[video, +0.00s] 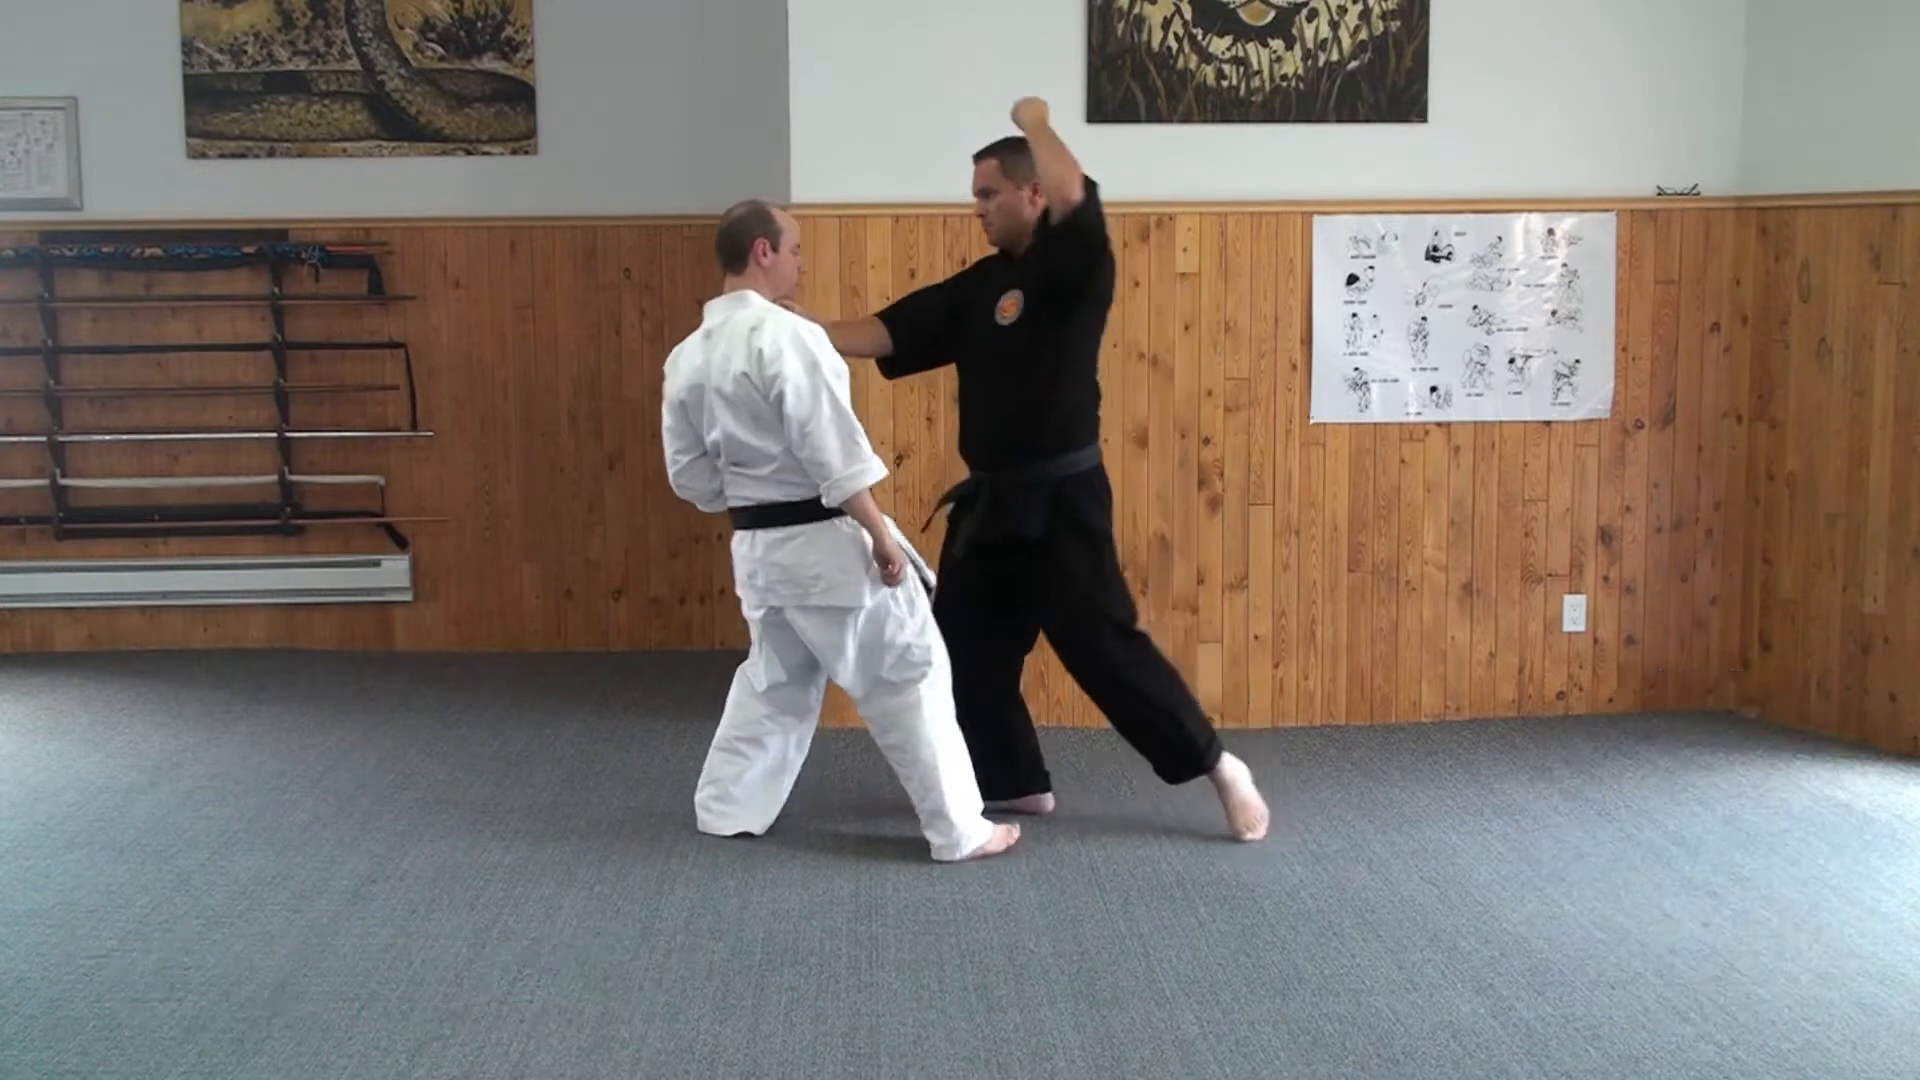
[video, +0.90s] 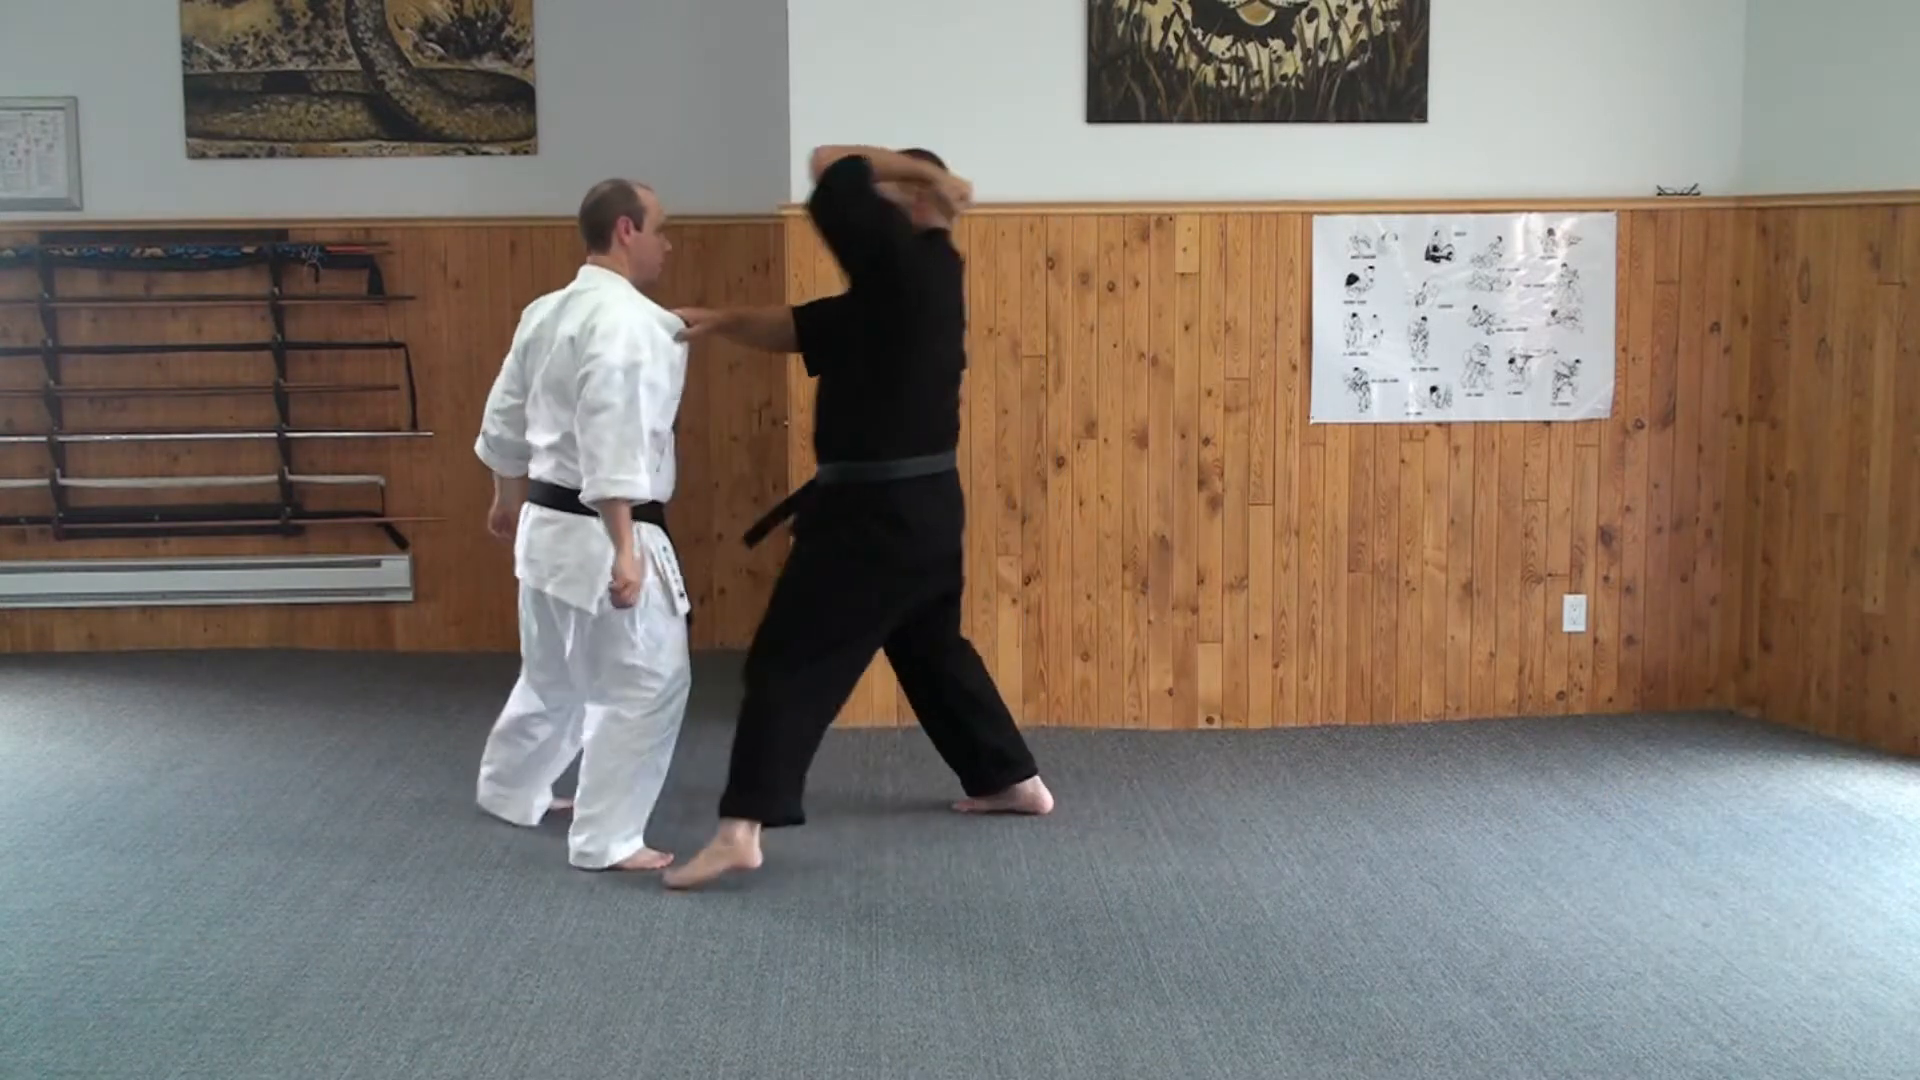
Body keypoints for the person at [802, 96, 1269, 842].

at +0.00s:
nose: (977, 207)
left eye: (987, 193)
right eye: (975, 196)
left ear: (1033, 193)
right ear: (992, 202)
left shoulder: (1072, 262)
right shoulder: (976, 287)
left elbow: (1073, 197)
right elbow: (883, 333)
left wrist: (1037, 130)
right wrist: (792, 333)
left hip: (1063, 491)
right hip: (991, 495)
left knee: (1101, 642)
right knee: (967, 644)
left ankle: (1218, 767)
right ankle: (1017, 784)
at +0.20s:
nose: (955, 198)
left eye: (965, 183)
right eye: (952, 187)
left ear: (1006, 177)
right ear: (964, 191)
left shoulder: (1048, 250)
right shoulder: (956, 276)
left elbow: (1019, 176)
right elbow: (865, 317)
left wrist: (1004, 118)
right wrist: (776, 324)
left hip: (1039, 473)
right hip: (972, 475)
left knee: (1011, 632)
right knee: (962, 634)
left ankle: (1111, 758)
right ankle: (1013, 781)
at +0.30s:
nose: (951, 194)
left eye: (962, 179)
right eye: (947, 182)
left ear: (1002, 175)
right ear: (955, 188)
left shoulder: (1043, 249)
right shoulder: (954, 270)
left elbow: (1012, 170)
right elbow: (868, 315)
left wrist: (1004, 109)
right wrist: (785, 328)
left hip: (1027, 469)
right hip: (968, 471)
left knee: (985, 628)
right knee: (958, 631)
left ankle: (1043, 763)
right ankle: (1003, 782)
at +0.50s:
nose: (939, 193)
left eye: (951, 179)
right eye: (937, 181)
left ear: (992, 177)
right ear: (946, 186)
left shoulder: (1027, 244)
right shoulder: (937, 269)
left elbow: (1018, 131)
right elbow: (850, 302)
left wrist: (1007, 133)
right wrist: (759, 311)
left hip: (996, 472)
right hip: (950, 472)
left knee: (910, 614)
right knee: (975, 631)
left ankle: (929, 784)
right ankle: (1017, 779)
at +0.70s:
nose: (918, 179)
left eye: (929, 165)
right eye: (919, 169)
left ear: (962, 178)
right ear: (935, 198)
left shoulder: (993, 249)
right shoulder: (924, 275)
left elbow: (956, 140)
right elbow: (832, 305)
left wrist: (1007, 148)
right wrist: (740, 312)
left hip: (945, 483)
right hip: (931, 481)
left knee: (853, 630)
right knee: (945, 638)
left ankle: (825, 799)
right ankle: (1014, 780)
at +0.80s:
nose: (878, 195)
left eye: (890, 186)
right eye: (890, 182)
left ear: (909, 206)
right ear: (947, 205)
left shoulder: (960, 254)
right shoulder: (907, 290)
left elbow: (900, 148)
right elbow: (815, 310)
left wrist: (986, 167)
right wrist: (735, 314)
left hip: (907, 496)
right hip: (939, 492)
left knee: (822, 644)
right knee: (941, 640)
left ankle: (773, 808)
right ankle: (1014, 779)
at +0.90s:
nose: (841, 209)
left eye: (858, 189)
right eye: (845, 194)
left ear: (902, 204)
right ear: (924, 209)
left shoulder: (901, 260)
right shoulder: (928, 279)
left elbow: (831, 167)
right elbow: (804, 328)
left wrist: (920, 172)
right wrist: (721, 322)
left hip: (868, 507)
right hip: (927, 501)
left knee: (785, 661)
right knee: (930, 645)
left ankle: (739, 831)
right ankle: (1010, 779)